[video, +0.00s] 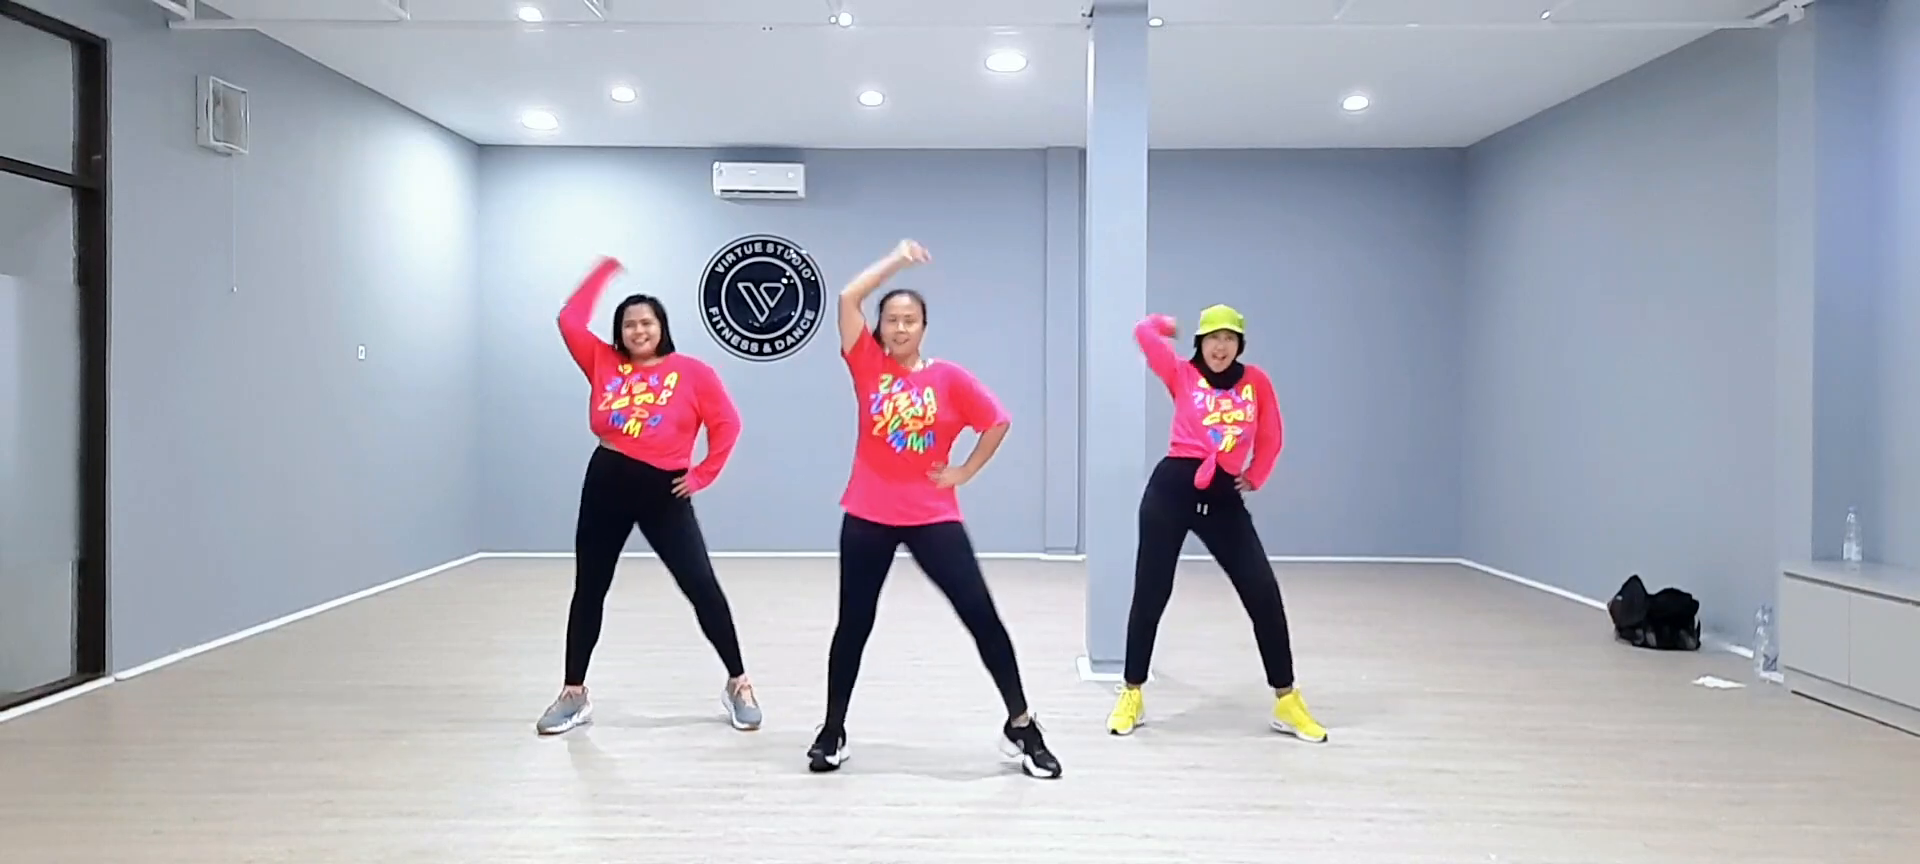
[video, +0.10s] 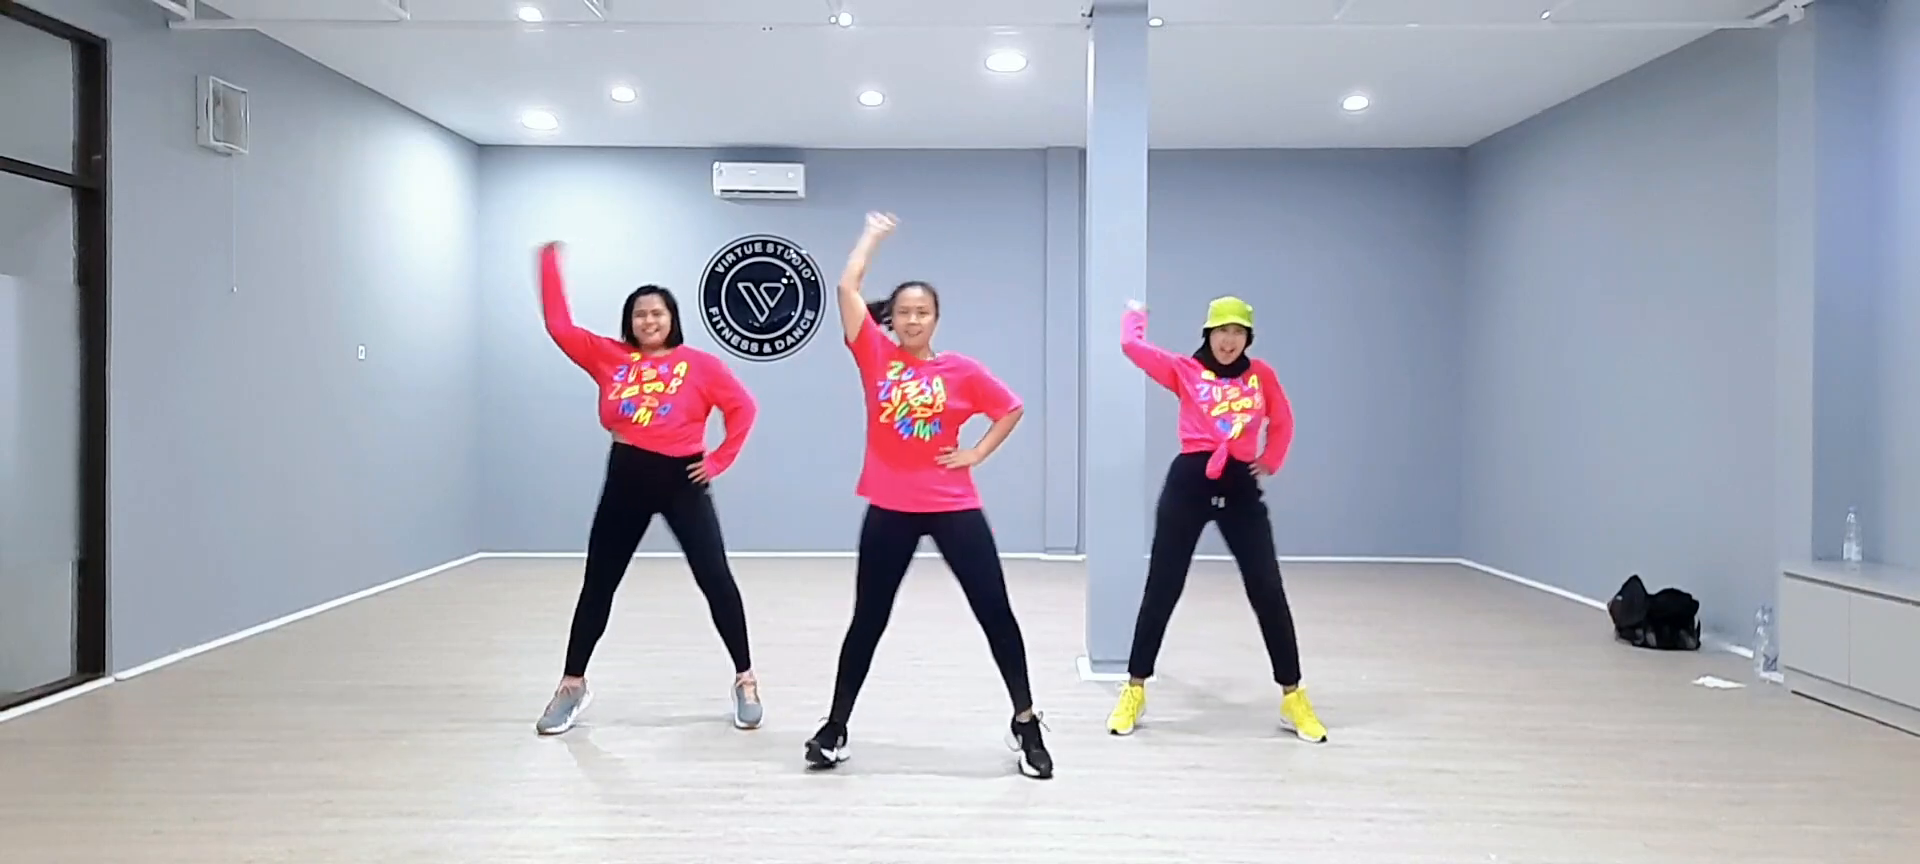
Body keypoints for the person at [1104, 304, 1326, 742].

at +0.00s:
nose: (1220, 347)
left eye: (1228, 339)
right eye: (1213, 338)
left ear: (1239, 344)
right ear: (1200, 342)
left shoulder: (1255, 381)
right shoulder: (1181, 375)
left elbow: (1271, 437)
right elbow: (1145, 337)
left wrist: (1252, 479)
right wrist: (1158, 324)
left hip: (1221, 497)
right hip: (1171, 490)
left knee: (1264, 593)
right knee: (1151, 593)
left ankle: (1286, 699)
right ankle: (1131, 694)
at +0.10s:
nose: (1228, 340)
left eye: (1237, 332)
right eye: (1221, 331)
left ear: (1248, 337)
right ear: (1207, 334)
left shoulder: (1260, 374)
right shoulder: (1185, 371)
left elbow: (1282, 419)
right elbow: (1133, 346)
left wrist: (1271, 460)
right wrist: (1134, 315)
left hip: (1240, 485)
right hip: (1189, 483)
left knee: (1267, 590)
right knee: (1163, 586)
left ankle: (1293, 695)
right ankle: (1134, 690)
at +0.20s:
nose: (1235, 341)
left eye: (1243, 333)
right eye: (1227, 333)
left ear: (1254, 338)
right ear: (1214, 336)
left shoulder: (1268, 376)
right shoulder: (1193, 373)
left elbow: (1298, 413)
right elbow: (1142, 345)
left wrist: (1289, 452)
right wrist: (1116, 302)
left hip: (1262, 492)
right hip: (1209, 492)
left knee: (1283, 595)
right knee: (1172, 589)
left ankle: (1295, 698)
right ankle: (1141, 690)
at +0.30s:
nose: (1237, 349)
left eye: (1244, 341)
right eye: (1229, 342)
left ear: (1256, 346)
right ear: (1216, 347)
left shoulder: (1275, 386)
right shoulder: (1199, 381)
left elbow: (1315, 420)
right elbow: (1156, 345)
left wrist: (1298, 458)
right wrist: (1122, 301)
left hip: (1275, 496)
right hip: (1222, 499)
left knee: (1292, 597)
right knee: (1182, 591)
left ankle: (1296, 700)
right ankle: (1152, 699)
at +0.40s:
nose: (1233, 347)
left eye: (1241, 339)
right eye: (1225, 340)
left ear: (1253, 343)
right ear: (1212, 344)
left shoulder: (1274, 381)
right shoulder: (1198, 381)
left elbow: (1321, 416)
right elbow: (1163, 344)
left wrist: (1299, 457)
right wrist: (1151, 295)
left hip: (1271, 495)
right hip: (1217, 498)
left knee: (1291, 597)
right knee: (1176, 589)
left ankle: (1297, 698)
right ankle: (1148, 694)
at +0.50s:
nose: (1222, 337)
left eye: (1230, 329)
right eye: (1214, 330)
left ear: (1243, 332)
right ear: (1204, 335)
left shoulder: (1268, 369)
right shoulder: (1192, 371)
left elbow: (1310, 412)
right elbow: (1158, 323)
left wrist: (1284, 455)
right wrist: (1181, 275)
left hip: (1257, 486)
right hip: (1203, 485)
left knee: (1278, 592)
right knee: (1170, 584)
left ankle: (1295, 695)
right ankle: (1134, 686)